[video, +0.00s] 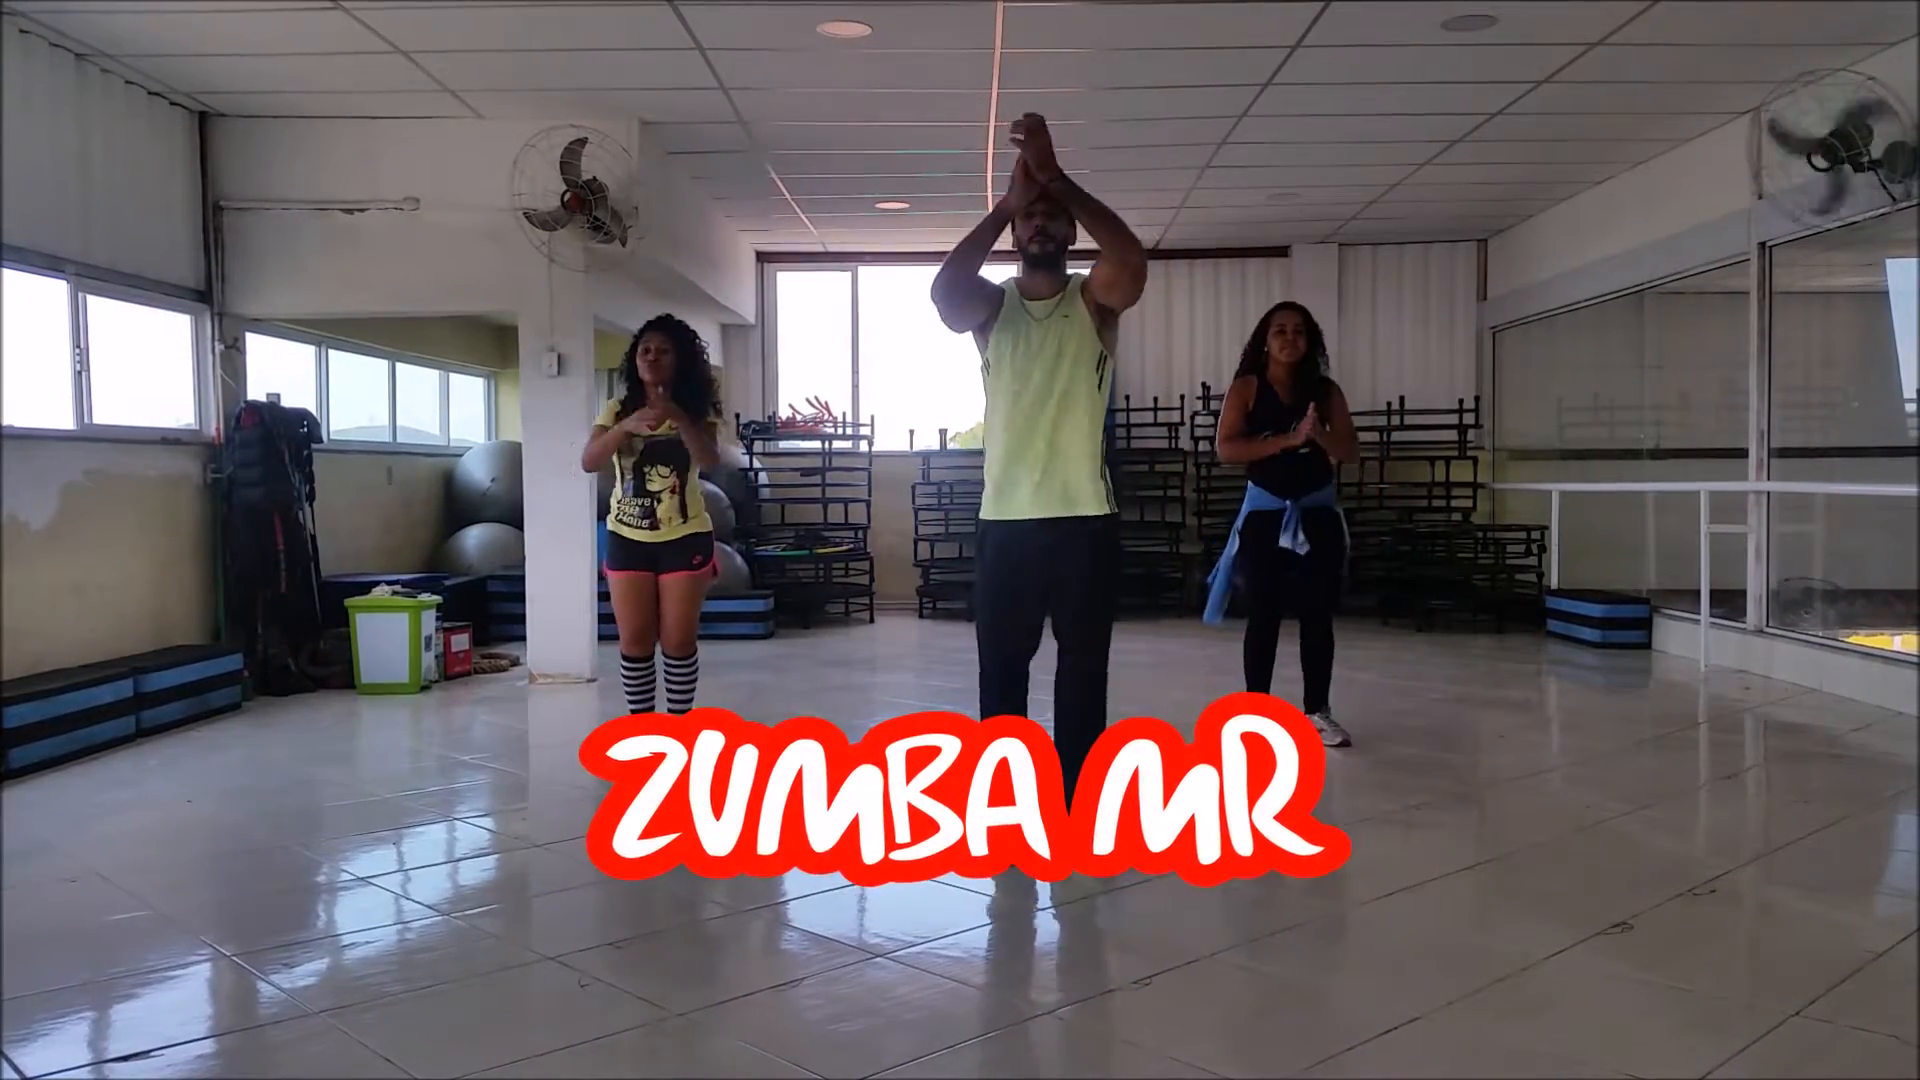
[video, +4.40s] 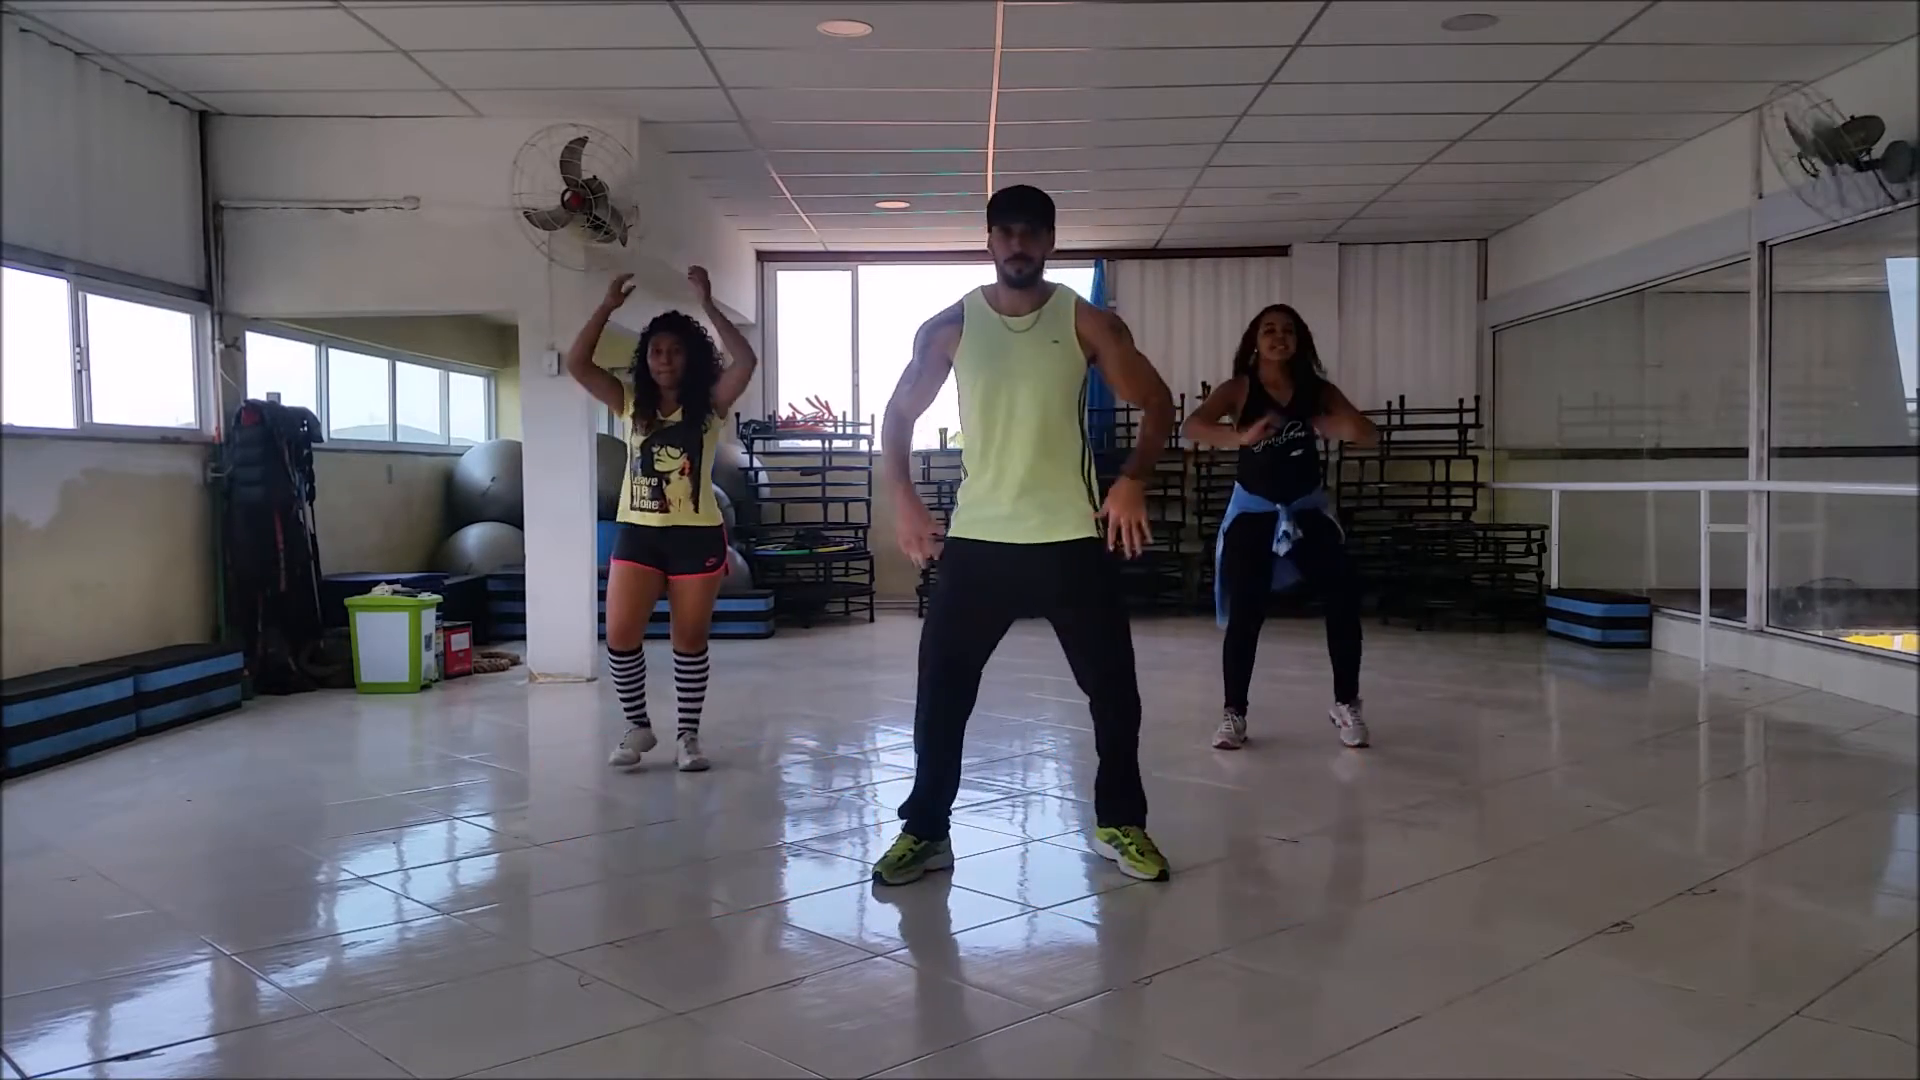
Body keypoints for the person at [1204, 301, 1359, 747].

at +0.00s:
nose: (1290, 339)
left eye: (1299, 332)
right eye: (1281, 331)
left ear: (1311, 341)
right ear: (1265, 339)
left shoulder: (1327, 392)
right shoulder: (1245, 386)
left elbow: (1348, 451)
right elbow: (1226, 450)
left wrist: (1318, 435)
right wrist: (1287, 440)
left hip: (1319, 517)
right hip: (1264, 516)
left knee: (1318, 616)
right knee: (1264, 616)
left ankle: (1317, 712)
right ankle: (1256, 713)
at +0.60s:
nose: (1283, 344)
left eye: (1291, 338)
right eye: (1273, 337)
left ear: (1302, 347)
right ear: (1255, 346)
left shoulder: (1315, 390)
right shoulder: (1239, 391)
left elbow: (1349, 426)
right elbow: (1229, 434)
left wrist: (1333, 372)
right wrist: (1261, 384)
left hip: (1302, 514)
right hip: (1249, 514)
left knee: (1340, 599)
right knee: (1247, 611)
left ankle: (1328, 696)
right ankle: (1240, 709)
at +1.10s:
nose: (1300, 344)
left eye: (1309, 336)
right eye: (1291, 336)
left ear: (1322, 342)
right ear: (1278, 343)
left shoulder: (1337, 387)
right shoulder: (1264, 389)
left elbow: (1371, 363)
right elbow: (1233, 381)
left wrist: (1345, 311)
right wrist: (1263, 331)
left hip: (1327, 517)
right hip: (1271, 516)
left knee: (1328, 614)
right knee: (1258, 609)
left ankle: (1328, 711)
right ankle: (1241, 703)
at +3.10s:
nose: (1302, 336)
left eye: (1310, 329)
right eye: (1292, 330)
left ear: (1324, 338)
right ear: (1278, 339)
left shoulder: (1337, 384)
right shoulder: (1264, 384)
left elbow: (1364, 354)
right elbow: (1236, 361)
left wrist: (1341, 300)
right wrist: (1270, 314)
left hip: (1324, 514)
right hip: (1270, 513)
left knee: (1325, 615)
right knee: (1257, 608)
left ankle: (1331, 711)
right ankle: (1244, 701)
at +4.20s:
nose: (1293, 340)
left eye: (1301, 332)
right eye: (1285, 333)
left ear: (1316, 340)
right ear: (1274, 339)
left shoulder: (1334, 384)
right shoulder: (1259, 383)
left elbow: (1368, 381)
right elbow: (1222, 376)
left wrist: (1322, 350)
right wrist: (1282, 361)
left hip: (1322, 513)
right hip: (1266, 513)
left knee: (1326, 615)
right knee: (1255, 615)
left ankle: (1333, 716)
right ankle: (1235, 717)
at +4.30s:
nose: (1286, 338)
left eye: (1295, 331)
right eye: (1277, 332)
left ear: (1309, 342)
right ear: (1262, 343)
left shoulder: (1326, 390)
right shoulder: (1248, 387)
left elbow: (1375, 413)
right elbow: (1201, 402)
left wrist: (1327, 383)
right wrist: (1265, 390)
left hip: (1315, 515)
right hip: (1258, 515)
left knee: (1327, 614)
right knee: (1249, 615)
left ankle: (1335, 713)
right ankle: (1234, 715)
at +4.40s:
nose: (1278, 337)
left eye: (1287, 331)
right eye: (1269, 331)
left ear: (1300, 342)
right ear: (1254, 342)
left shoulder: (1317, 390)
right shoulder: (1239, 388)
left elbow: (1368, 434)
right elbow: (1191, 427)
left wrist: (1336, 428)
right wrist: (1239, 436)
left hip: (1309, 513)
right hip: (1252, 514)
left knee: (1343, 598)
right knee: (1245, 611)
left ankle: (1347, 705)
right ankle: (1234, 715)